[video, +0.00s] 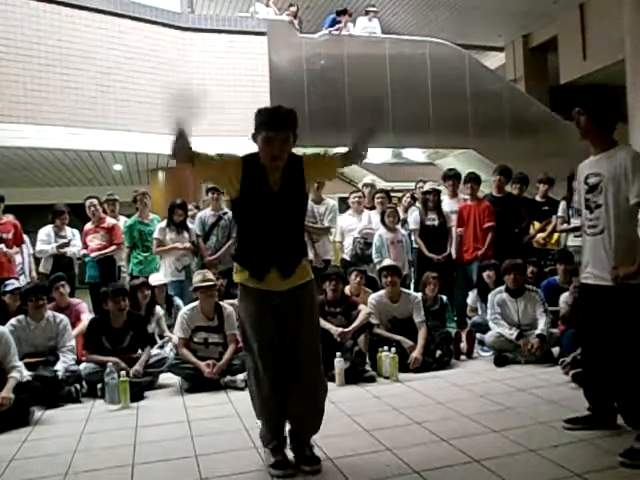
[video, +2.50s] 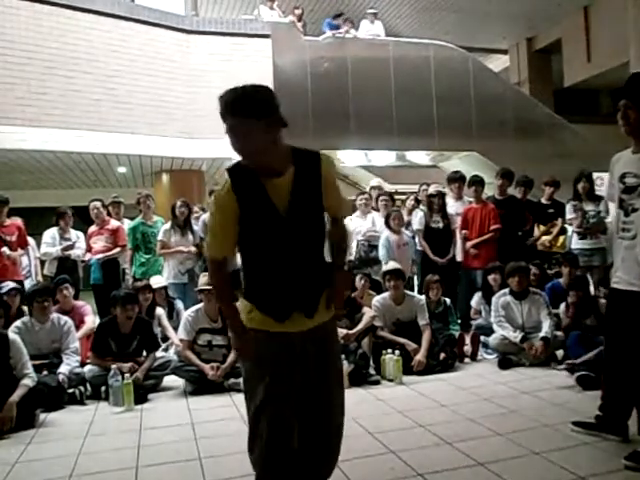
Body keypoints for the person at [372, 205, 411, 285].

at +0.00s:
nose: (392, 219)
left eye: (394, 216)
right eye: (388, 216)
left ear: (398, 218)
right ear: (384, 218)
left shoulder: (403, 234)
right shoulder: (380, 235)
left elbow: (408, 250)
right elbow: (376, 253)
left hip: (403, 269)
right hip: (387, 269)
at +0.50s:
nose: (392, 219)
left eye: (394, 216)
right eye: (389, 216)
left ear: (398, 218)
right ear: (384, 218)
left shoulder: (403, 234)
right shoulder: (380, 234)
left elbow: (408, 252)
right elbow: (376, 253)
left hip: (403, 269)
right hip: (387, 268)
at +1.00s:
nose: (396, 221)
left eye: (399, 218)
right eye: (393, 219)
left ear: (402, 220)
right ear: (388, 221)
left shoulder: (408, 236)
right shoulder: (384, 236)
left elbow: (414, 253)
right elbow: (377, 253)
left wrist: (412, 263)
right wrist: (385, 262)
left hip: (407, 270)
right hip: (390, 269)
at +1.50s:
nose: (396, 222)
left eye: (398, 219)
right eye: (393, 219)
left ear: (402, 220)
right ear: (388, 221)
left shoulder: (409, 235)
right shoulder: (384, 236)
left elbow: (415, 252)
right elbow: (377, 255)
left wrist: (411, 266)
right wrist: (389, 265)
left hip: (407, 272)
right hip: (390, 272)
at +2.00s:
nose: (397, 222)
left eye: (399, 218)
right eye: (393, 219)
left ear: (403, 220)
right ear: (388, 221)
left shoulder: (408, 235)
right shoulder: (385, 237)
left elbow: (414, 251)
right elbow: (382, 255)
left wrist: (413, 265)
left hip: (408, 272)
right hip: (392, 272)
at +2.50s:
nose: (397, 222)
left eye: (399, 219)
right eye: (393, 219)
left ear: (403, 221)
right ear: (388, 221)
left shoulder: (408, 235)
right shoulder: (386, 237)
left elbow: (413, 251)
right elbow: (383, 255)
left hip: (408, 271)